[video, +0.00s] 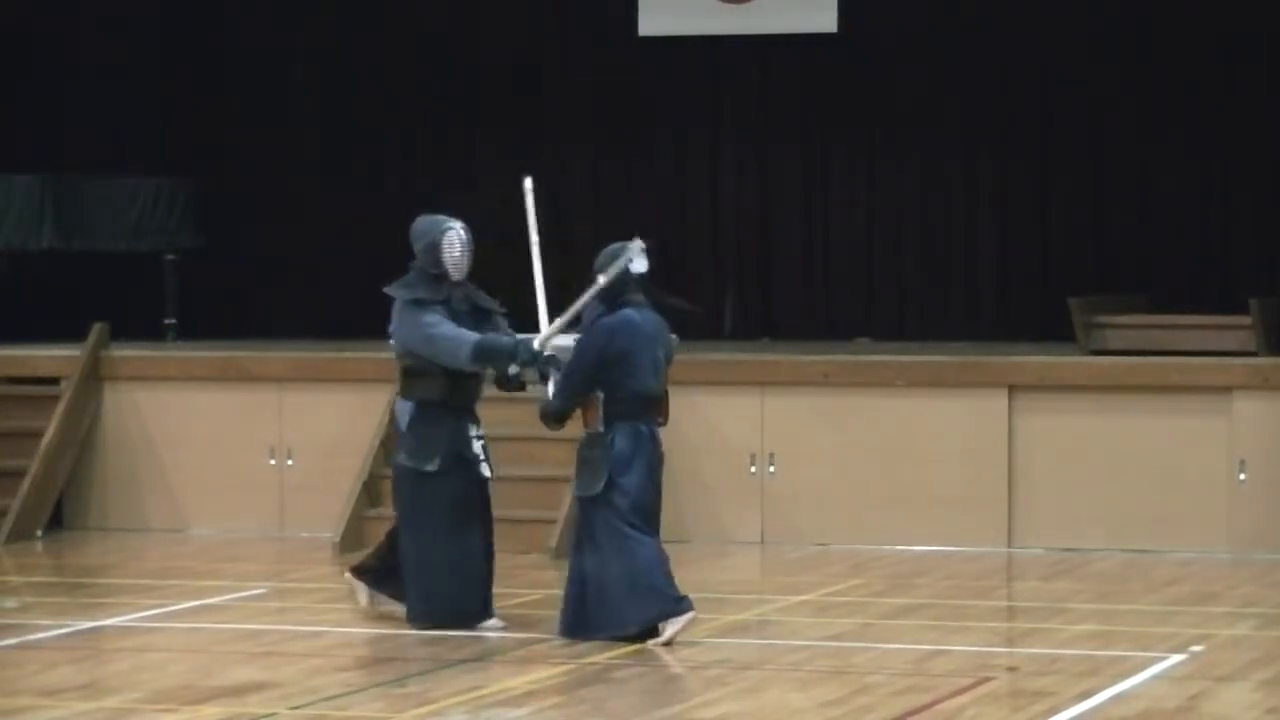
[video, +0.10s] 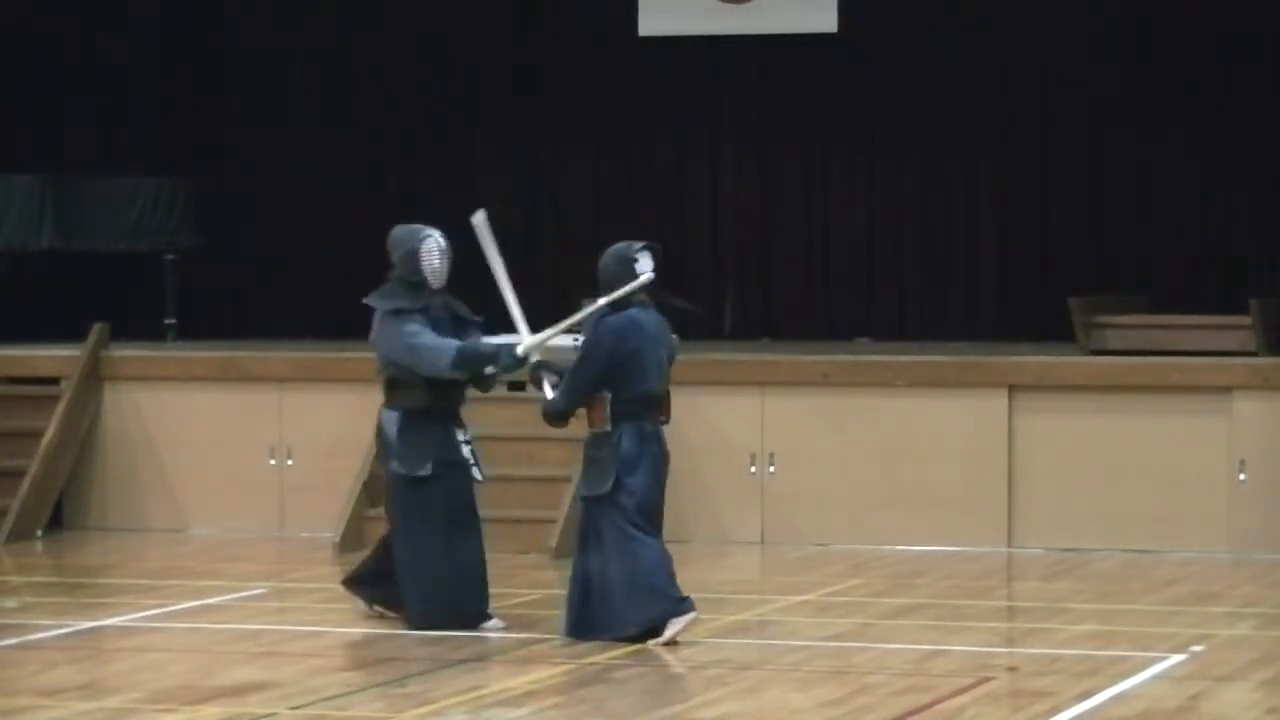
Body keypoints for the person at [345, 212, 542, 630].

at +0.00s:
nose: (459, 256)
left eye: (462, 247)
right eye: (449, 248)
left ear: (468, 251)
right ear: (427, 253)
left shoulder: (472, 301)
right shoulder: (413, 310)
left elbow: (500, 361)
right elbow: (463, 348)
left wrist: (537, 363)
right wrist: (533, 346)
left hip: (462, 418)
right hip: (426, 419)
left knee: (469, 511)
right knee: (436, 512)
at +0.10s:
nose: (439, 265)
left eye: (441, 256)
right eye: (430, 258)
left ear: (444, 258)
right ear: (408, 262)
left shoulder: (444, 308)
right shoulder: (394, 319)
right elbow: (443, 356)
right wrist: (516, 350)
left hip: (444, 422)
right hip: (412, 425)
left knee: (451, 511)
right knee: (430, 515)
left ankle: (377, 582)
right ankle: (454, 612)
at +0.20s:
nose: (412, 266)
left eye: (415, 256)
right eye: (402, 258)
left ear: (419, 259)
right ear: (380, 262)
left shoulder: (419, 308)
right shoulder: (367, 319)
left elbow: (452, 342)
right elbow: (410, 359)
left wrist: (485, 362)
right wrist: (462, 369)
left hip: (421, 420)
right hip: (385, 423)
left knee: (431, 511)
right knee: (425, 515)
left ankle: (369, 586)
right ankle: (458, 608)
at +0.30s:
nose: (387, 263)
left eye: (392, 253)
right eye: (378, 254)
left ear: (397, 257)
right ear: (357, 258)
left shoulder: (398, 311)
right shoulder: (342, 317)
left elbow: (424, 351)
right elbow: (379, 356)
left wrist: (442, 374)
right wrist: (430, 371)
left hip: (395, 417)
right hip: (358, 420)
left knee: (391, 511)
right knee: (404, 510)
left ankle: (355, 594)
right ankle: (431, 602)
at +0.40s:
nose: (366, 259)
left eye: (369, 250)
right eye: (357, 251)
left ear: (373, 253)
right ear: (335, 255)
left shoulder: (369, 304)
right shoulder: (318, 313)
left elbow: (394, 344)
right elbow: (355, 352)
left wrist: (422, 362)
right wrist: (408, 370)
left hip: (368, 414)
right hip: (333, 416)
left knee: (386, 504)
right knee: (354, 508)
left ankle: (394, 597)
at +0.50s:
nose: (345, 256)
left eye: (347, 247)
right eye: (336, 248)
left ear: (349, 250)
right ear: (313, 251)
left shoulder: (345, 302)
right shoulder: (296, 309)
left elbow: (370, 346)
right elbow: (339, 351)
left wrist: (405, 363)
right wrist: (401, 369)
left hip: (343, 411)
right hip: (306, 412)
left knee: (364, 501)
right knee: (320, 501)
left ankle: (357, 593)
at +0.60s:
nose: (322, 258)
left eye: (324, 249)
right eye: (313, 249)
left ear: (327, 252)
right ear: (289, 252)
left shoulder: (315, 301)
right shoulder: (274, 308)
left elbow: (339, 345)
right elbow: (315, 346)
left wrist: (382, 360)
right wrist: (372, 366)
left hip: (310, 411)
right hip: (275, 412)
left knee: (345, 497)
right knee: (269, 497)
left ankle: (350, 589)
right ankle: (225, 581)